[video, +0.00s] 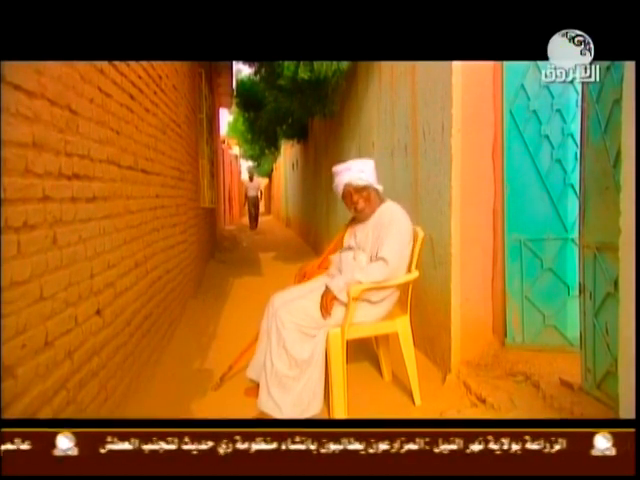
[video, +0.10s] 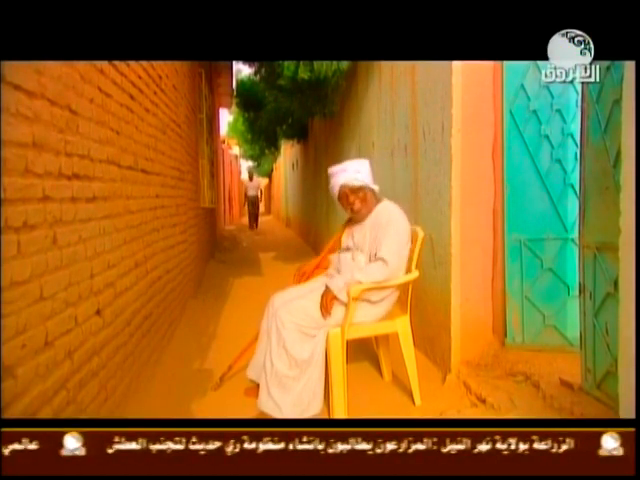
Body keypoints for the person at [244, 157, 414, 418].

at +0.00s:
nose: (356, 202)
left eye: (359, 193)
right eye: (349, 198)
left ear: (373, 190)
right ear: (345, 201)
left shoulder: (395, 218)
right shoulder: (361, 219)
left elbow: (389, 270)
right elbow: (344, 258)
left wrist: (339, 287)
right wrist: (328, 283)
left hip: (368, 299)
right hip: (342, 286)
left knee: (288, 315)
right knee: (278, 303)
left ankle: (289, 407)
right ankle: (268, 377)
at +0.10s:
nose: (352, 203)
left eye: (356, 194)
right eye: (345, 199)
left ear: (369, 190)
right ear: (341, 202)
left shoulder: (391, 217)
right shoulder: (358, 219)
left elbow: (389, 270)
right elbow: (342, 259)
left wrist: (339, 286)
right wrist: (328, 284)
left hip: (369, 300)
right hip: (342, 287)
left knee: (289, 315)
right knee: (278, 303)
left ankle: (289, 406)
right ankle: (269, 379)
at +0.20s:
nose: (344, 207)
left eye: (346, 199)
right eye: (338, 202)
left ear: (360, 192)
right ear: (337, 202)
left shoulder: (388, 217)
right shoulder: (354, 219)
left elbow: (388, 269)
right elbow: (341, 257)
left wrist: (338, 286)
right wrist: (318, 271)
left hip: (368, 299)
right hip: (339, 286)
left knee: (289, 316)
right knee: (277, 303)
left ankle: (290, 406)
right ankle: (268, 379)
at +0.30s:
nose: (341, 207)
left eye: (343, 199)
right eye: (336, 203)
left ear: (357, 193)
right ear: (334, 204)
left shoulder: (386, 217)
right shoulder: (350, 220)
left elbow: (388, 270)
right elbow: (340, 258)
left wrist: (338, 286)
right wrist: (325, 280)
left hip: (367, 299)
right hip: (339, 286)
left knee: (289, 317)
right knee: (277, 303)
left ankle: (290, 406)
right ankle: (268, 379)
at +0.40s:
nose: (335, 209)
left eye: (336, 201)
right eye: (330, 205)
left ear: (349, 194)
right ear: (330, 206)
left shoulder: (381, 217)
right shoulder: (347, 220)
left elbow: (387, 270)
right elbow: (340, 258)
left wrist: (340, 284)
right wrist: (328, 282)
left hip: (367, 299)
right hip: (340, 285)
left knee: (288, 316)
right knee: (276, 304)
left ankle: (289, 406)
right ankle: (267, 380)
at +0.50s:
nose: (333, 208)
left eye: (334, 200)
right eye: (327, 206)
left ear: (347, 193)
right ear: (325, 208)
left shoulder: (378, 217)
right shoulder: (346, 220)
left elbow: (386, 270)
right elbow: (341, 258)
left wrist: (337, 284)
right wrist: (326, 278)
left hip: (367, 299)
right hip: (340, 285)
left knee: (288, 317)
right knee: (276, 304)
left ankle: (289, 406)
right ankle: (267, 380)